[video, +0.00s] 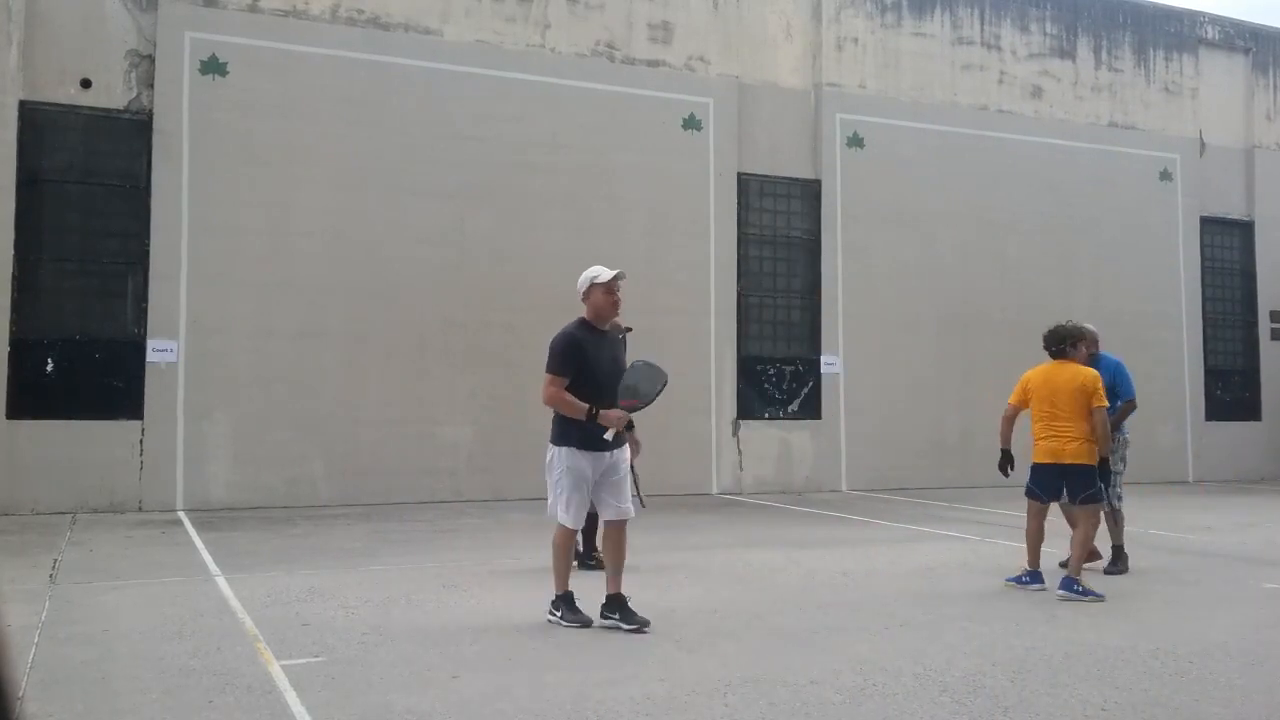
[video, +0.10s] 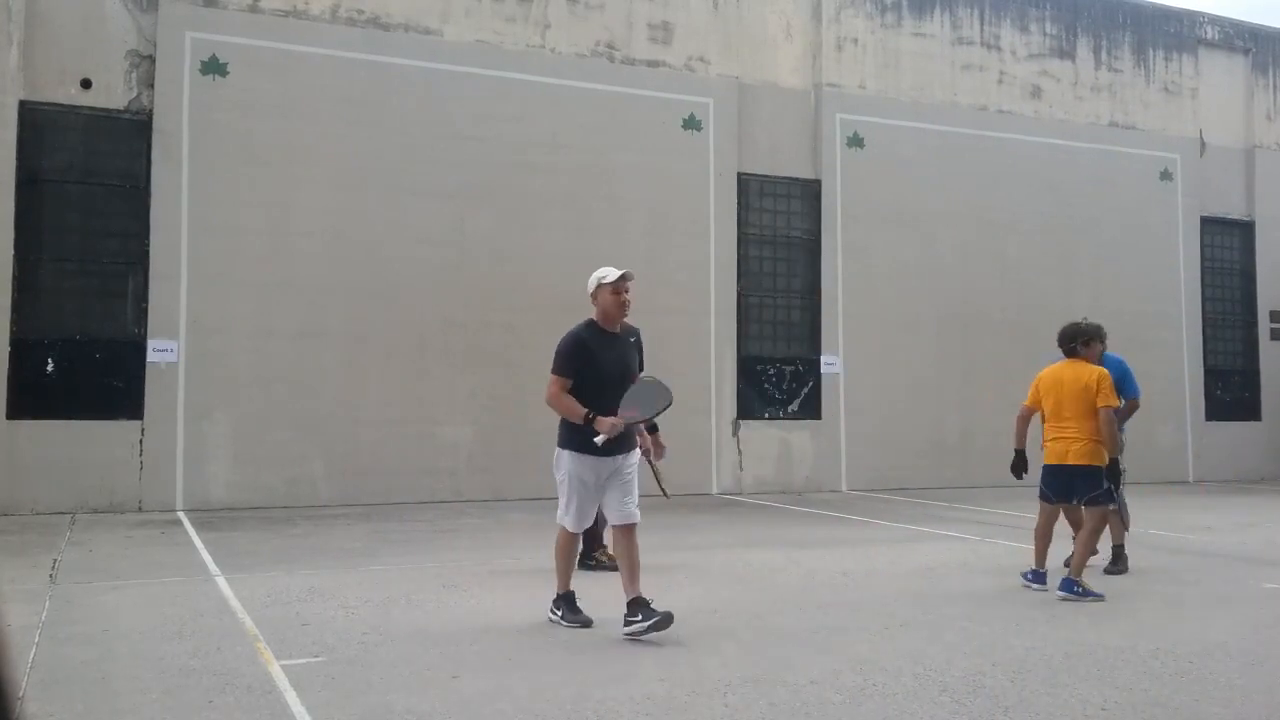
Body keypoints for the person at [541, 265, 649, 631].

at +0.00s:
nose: (617, 298)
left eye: (617, 291)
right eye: (609, 292)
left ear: (614, 296)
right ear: (587, 297)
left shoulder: (616, 338)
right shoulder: (568, 340)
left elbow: (615, 390)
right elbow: (551, 394)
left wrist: (629, 431)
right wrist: (596, 414)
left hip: (612, 447)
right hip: (572, 449)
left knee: (617, 518)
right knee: (570, 522)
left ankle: (614, 601)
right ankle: (561, 600)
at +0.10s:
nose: (626, 298)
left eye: (627, 292)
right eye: (617, 293)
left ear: (627, 297)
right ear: (596, 298)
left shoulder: (632, 338)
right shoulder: (575, 341)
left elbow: (635, 390)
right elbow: (555, 395)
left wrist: (649, 433)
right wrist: (594, 419)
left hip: (623, 450)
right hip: (580, 453)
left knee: (625, 523)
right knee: (572, 525)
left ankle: (635, 606)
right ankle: (563, 599)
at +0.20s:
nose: (636, 297)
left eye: (638, 291)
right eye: (628, 291)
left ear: (641, 296)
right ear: (608, 296)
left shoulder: (647, 339)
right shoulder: (586, 340)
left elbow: (657, 390)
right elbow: (559, 393)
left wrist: (680, 437)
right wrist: (587, 424)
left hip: (638, 456)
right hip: (592, 457)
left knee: (636, 530)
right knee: (580, 527)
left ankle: (636, 615)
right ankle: (565, 594)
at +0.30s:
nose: (648, 290)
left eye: (651, 285)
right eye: (639, 285)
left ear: (656, 292)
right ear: (620, 292)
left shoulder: (662, 339)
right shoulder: (598, 335)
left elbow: (678, 393)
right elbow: (568, 383)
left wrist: (705, 438)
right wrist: (578, 427)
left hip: (652, 454)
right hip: (605, 452)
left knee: (651, 532)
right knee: (598, 532)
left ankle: (639, 618)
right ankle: (577, 582)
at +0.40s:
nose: (659, 285)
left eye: (663, 279)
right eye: (650, 279)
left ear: (667, 286)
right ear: (632, 285)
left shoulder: (675, 335)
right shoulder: (609, 329)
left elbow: (695, 390)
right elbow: (579, 379)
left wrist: (723, 433)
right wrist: (573, 428)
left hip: (664, 450)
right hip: (617, 448)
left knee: (656, 535)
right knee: (618, 533)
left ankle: (640, 617)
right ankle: (601, 586)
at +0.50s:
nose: (668, 281)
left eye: (673, 276)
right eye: (660, 275)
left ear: (680, 284)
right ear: (643, 281)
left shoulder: (689, 331)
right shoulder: (622, 325)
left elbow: (708, 385)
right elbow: (590, 377)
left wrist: (731, 423)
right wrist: (572, 429)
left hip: (674, 447)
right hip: (631, 444)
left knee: (661, 533)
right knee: (641, 526)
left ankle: (644, 616)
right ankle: (633, 617)